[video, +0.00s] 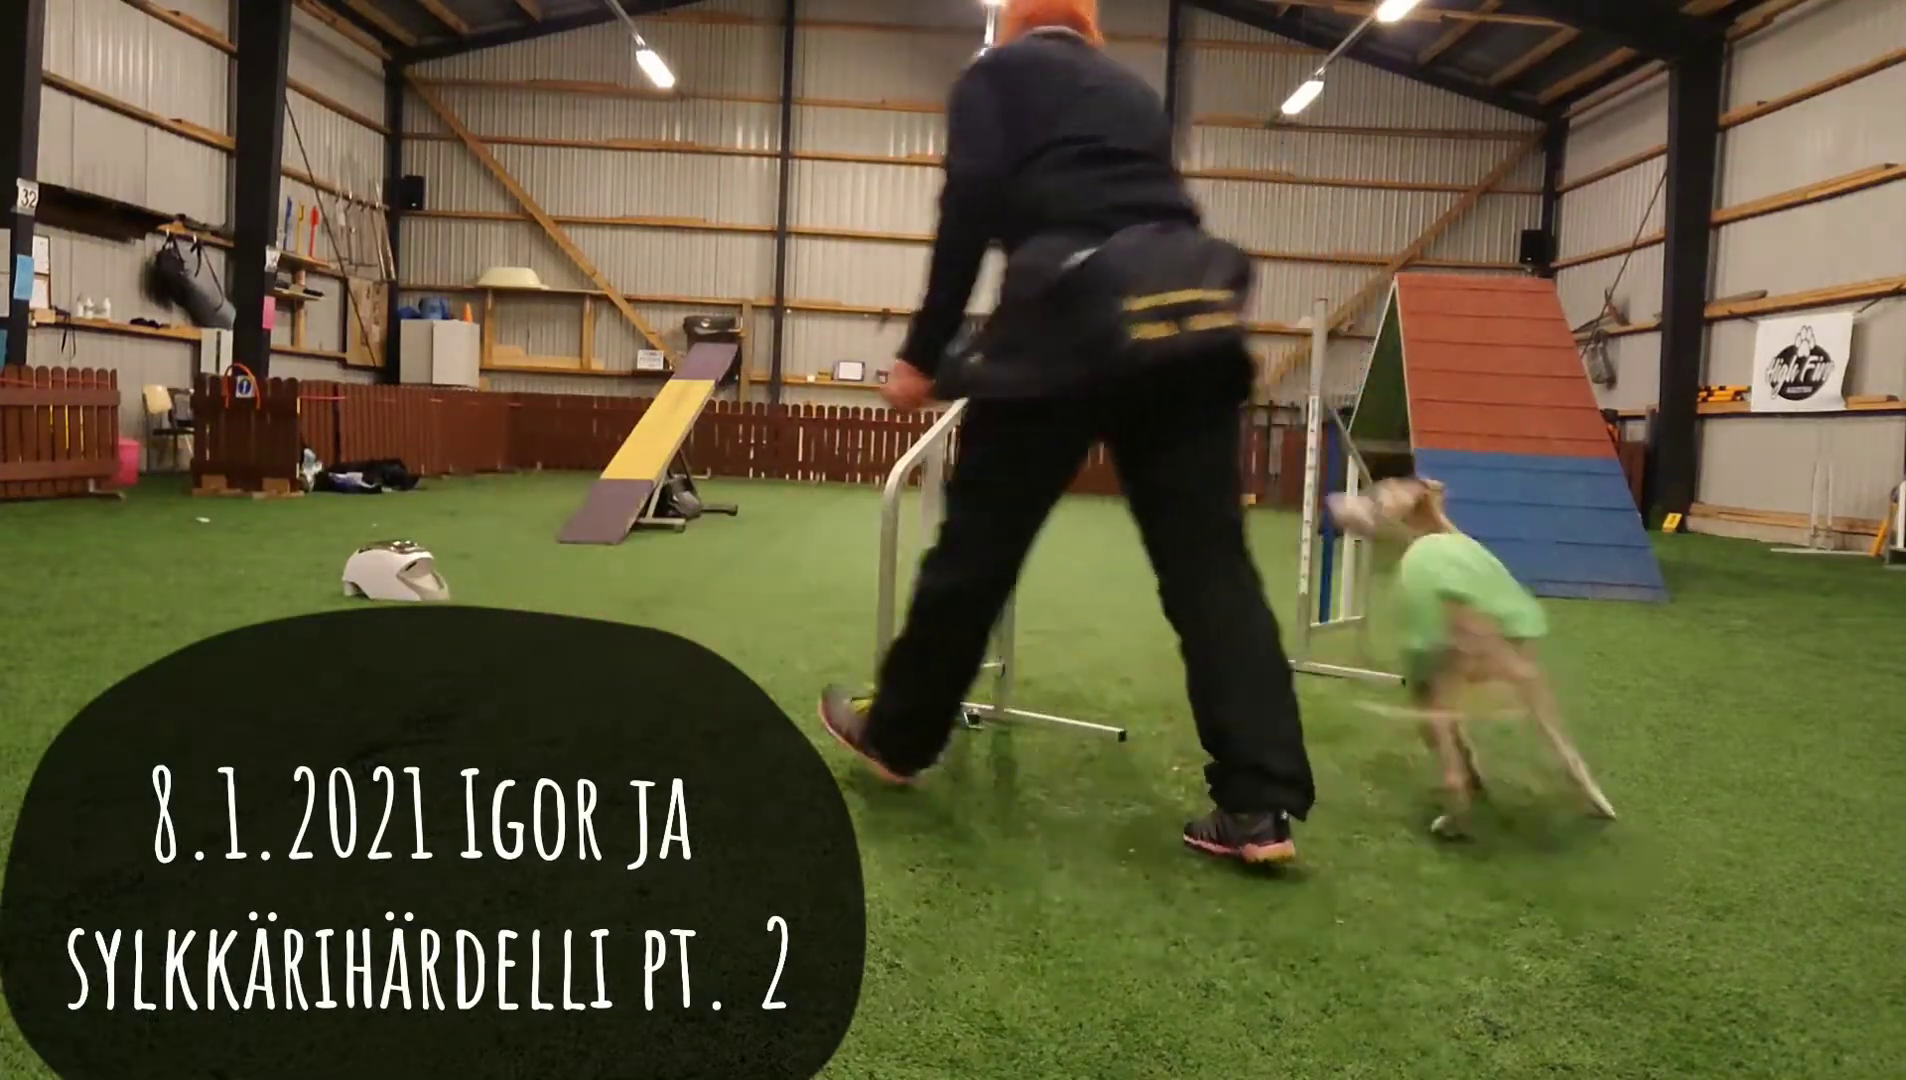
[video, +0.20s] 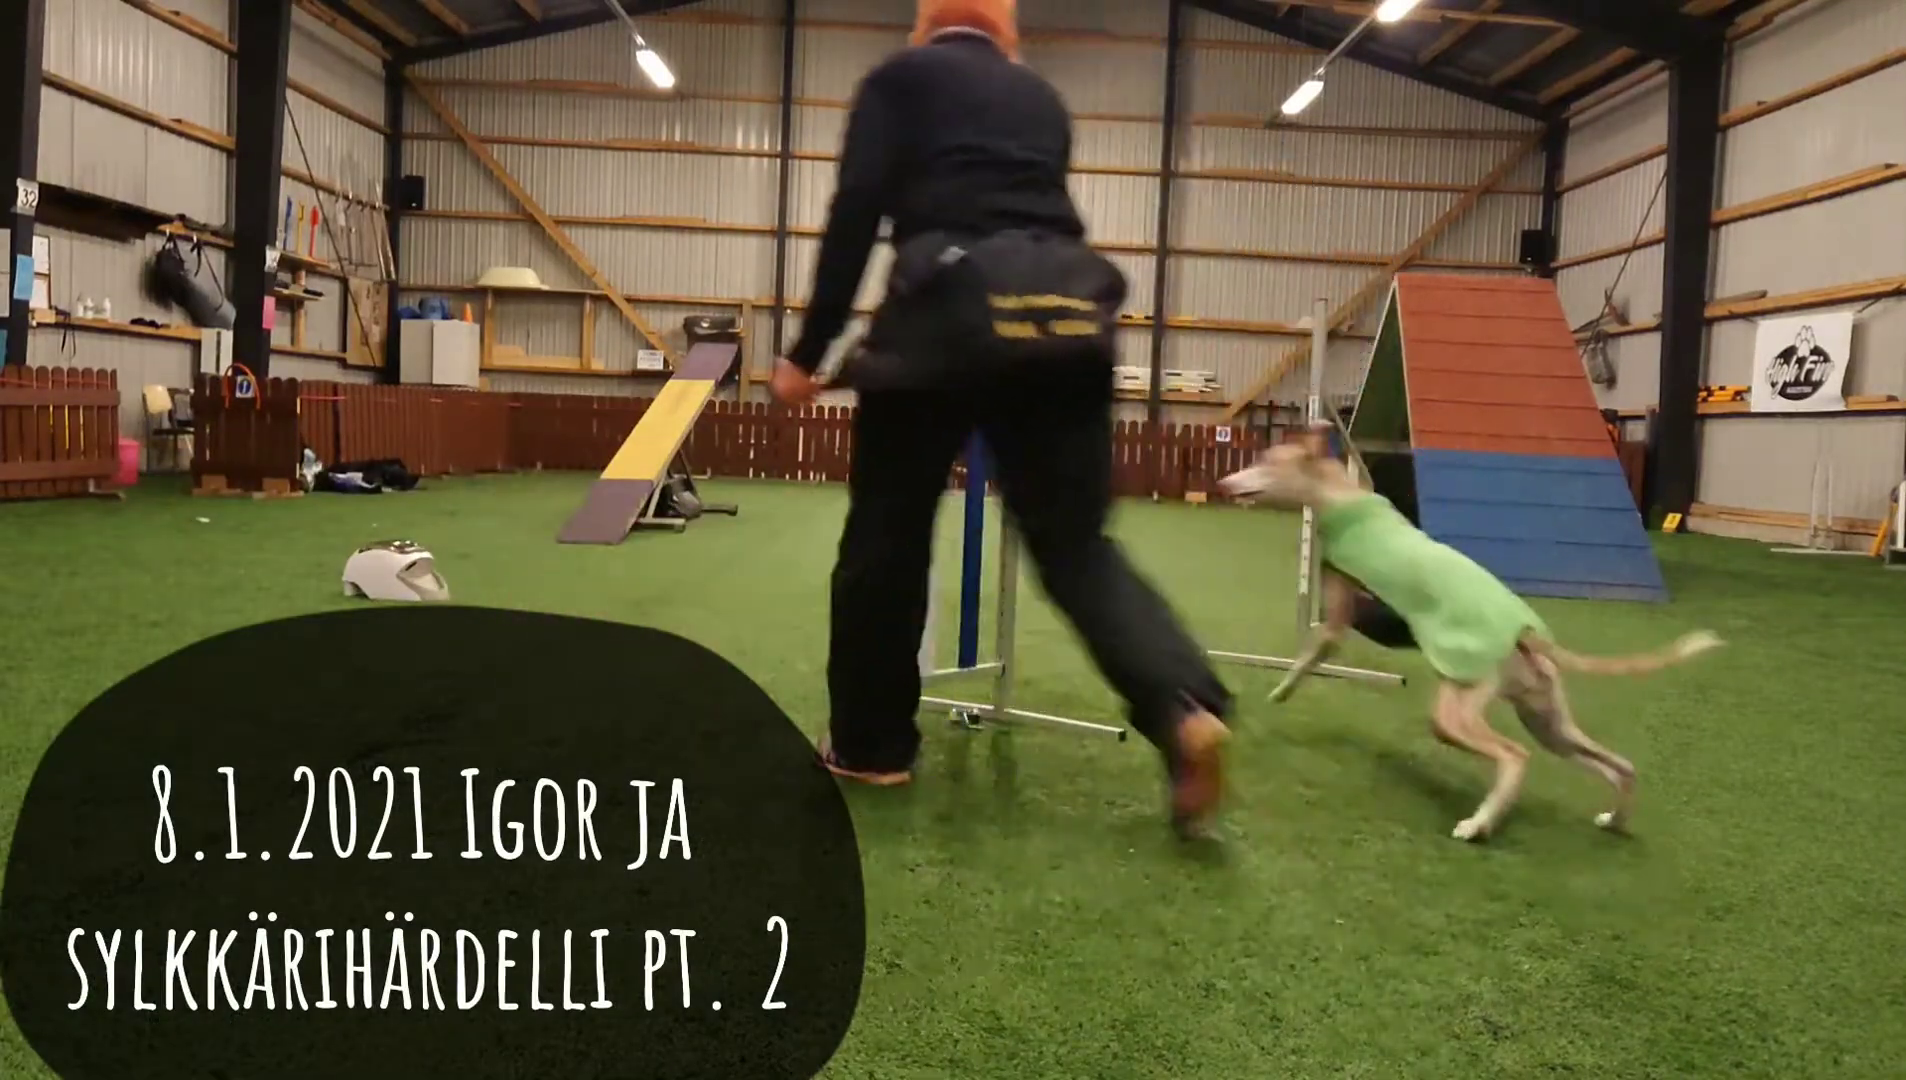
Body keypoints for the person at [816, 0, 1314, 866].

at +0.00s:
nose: (994, 32)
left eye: (997, 25)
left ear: (1013, 27)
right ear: (1090, 33)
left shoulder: (990, 76)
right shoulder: (1132, 88)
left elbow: (971, 202)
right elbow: (1155, 218)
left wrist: (923, 354)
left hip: (1061, 337)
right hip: (1188, 336)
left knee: (976, 549)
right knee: (1209, 568)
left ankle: (898, 737)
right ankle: (1261, 808)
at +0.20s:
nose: (908, 34)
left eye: (911, 25)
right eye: (1019, 34)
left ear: (926, 27)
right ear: (1005, 36)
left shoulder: (897, 77)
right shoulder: (1040, 94)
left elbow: (856, 211)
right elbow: (1045, 217)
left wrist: (806, 352)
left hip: (938, 324)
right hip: (1063, 326)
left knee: (885, 533)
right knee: (1075, 540)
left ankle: (873, 745)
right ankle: (1183, 709)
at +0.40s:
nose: (859, 30)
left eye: (861, 22)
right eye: (958, 32)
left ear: (872, 24)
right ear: (946, 37)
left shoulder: (843, 68)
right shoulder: (986, 105)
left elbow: (789, 199)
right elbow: (984, 230)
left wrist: (740, 337)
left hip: (877, 322)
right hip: (989, 329)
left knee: (852, 533)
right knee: (910, 506)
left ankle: (872, 745)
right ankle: (991, 678)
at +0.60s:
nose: (814, 32)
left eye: (818, 23)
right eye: (910, 33)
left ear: (829, 23)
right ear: (903, 37)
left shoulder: (802, 66)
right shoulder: (939, 102)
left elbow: (760, 199)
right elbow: (938, 233)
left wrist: (713, 326)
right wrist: (924, 380)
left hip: (831, 313)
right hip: (931, 324)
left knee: (828, 519)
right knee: (835, 507)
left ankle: (875, 737)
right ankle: (796, 677)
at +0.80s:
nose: (777, 28)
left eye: (779, 20)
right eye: (782, 23)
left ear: (795, 19)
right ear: (865, 36)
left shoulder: (776, 61)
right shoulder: (893, 108)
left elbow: (733, 181)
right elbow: (882, 232)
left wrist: (674, 301)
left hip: (800, 313)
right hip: (888, 323)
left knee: (792, 511)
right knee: (809, 510)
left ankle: (869, 718)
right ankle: (770, 692)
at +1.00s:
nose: (751, 31)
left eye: (754, 24)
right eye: (757, 27)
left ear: (769, 19)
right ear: (834, 29)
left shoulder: (762, 52)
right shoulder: (861, 95)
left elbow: (726, 174)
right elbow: (847, 219)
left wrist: (669, 288)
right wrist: (752, 315)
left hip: (801, 296)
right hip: (877, 307)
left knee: (787, 498)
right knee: (803, 499)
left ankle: (868, 693)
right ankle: (774, 693)